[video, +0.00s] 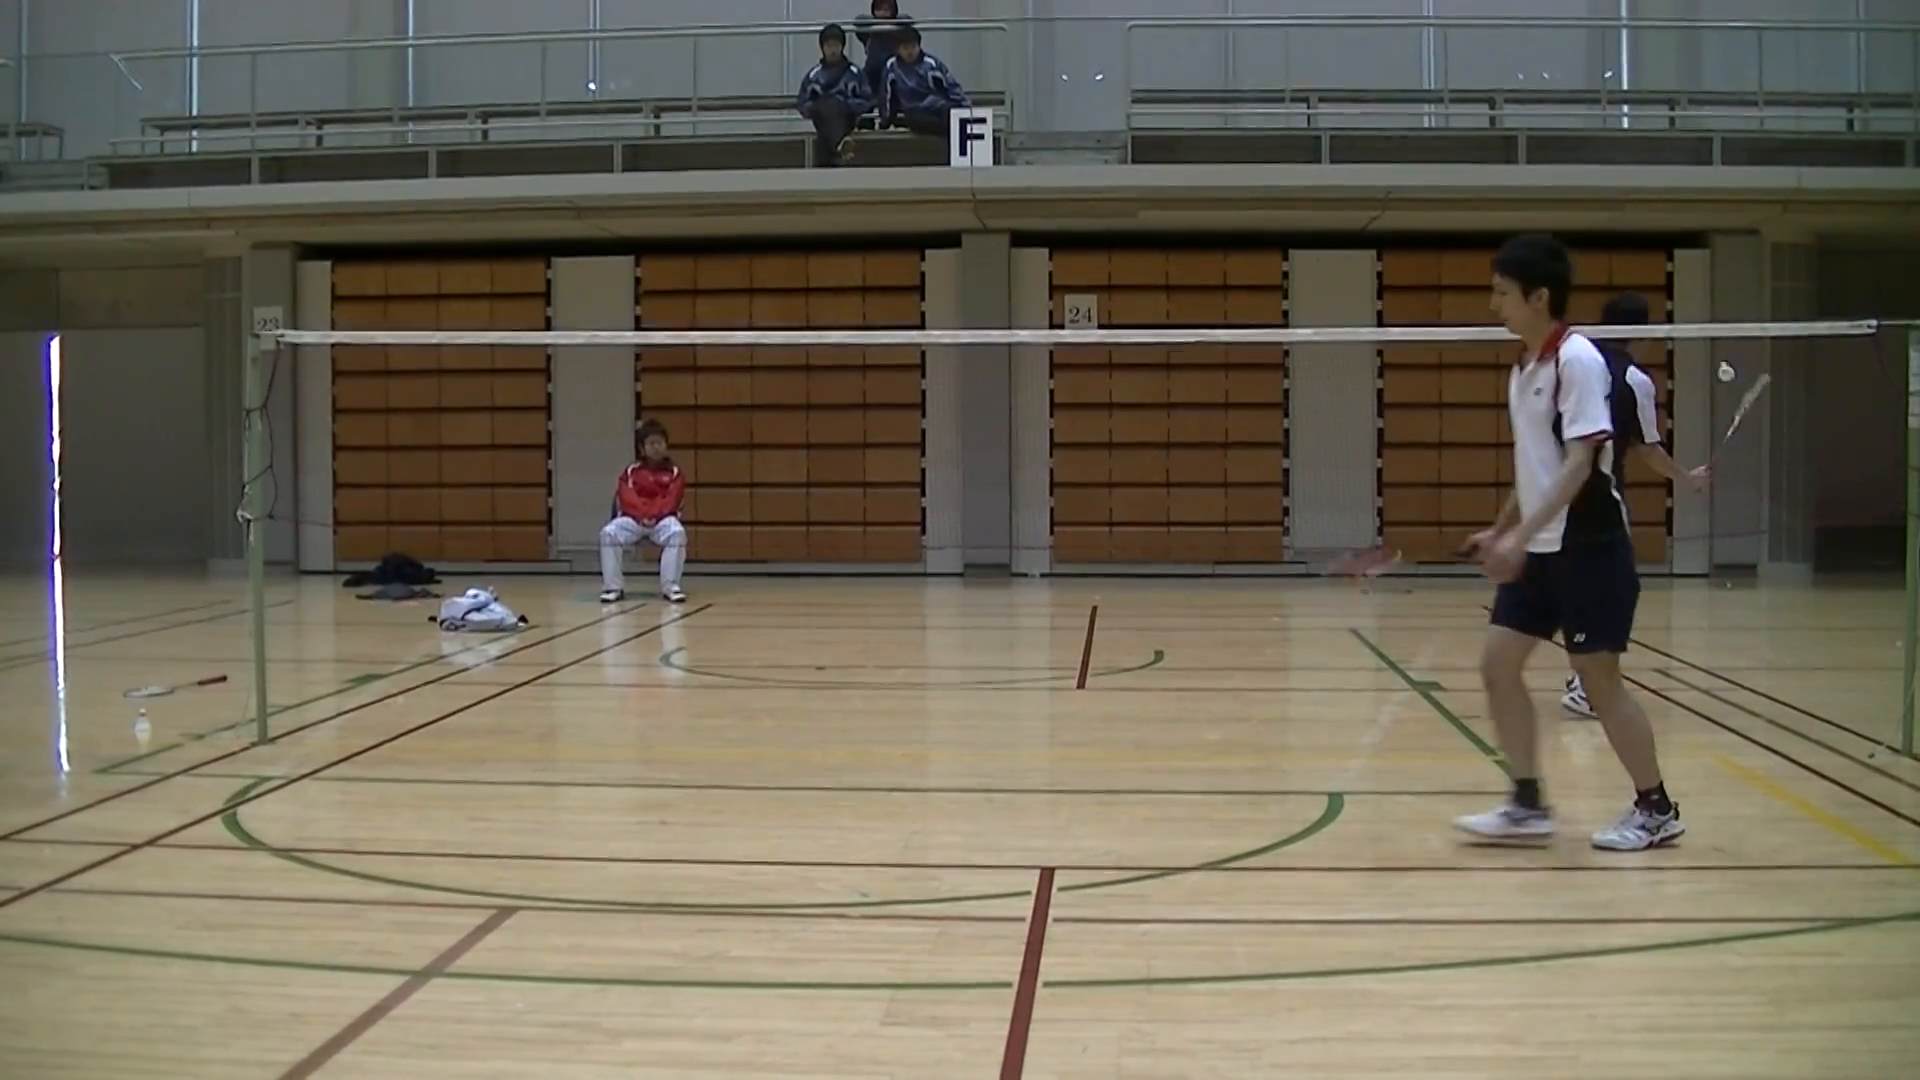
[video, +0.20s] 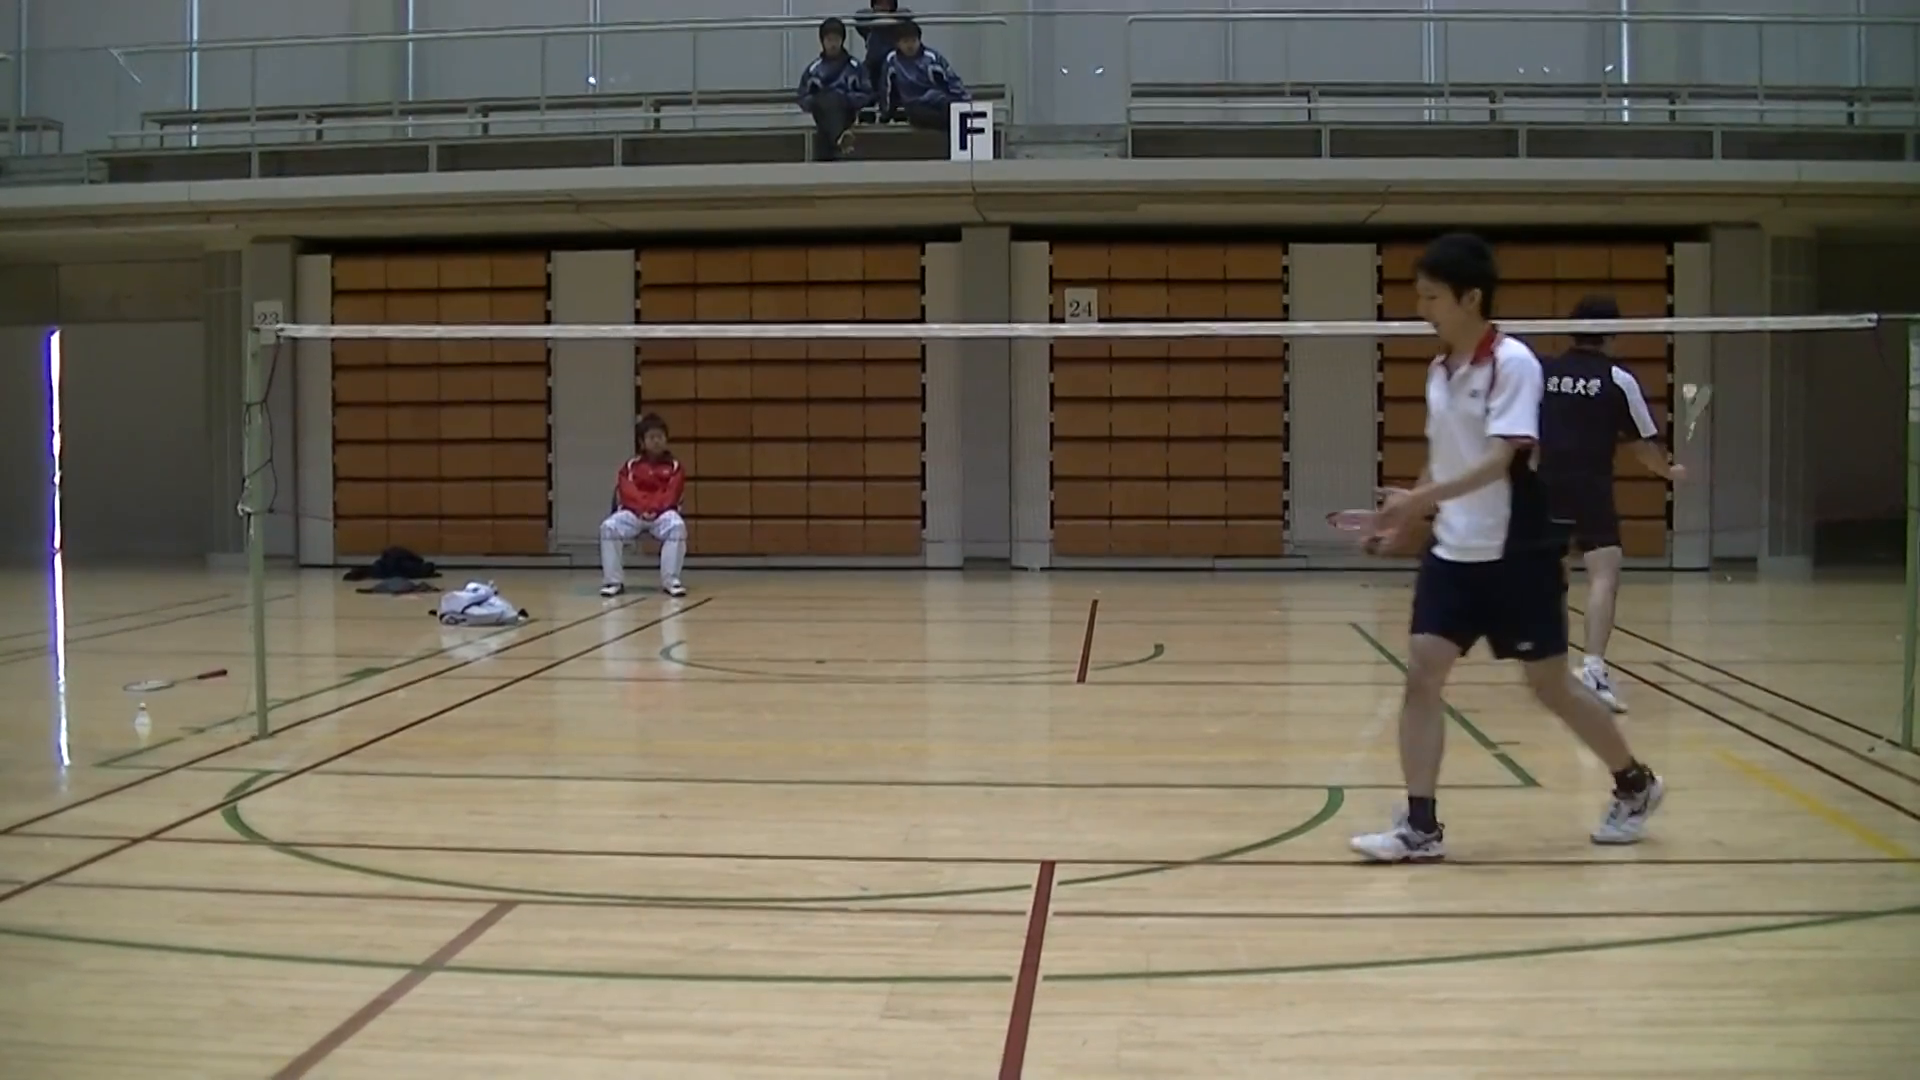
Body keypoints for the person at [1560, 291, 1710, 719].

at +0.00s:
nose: (1649, 338)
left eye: (1646, 331)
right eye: (1647, 331)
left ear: (1604, 325)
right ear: (1639, 334)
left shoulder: (1576, 364)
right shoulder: (1636, 380)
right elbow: (1646, 449)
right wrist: (1684, 475)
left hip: (1570, 493)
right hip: (1605, 496)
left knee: (1584, 583)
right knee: (1613, 584)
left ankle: (1582, 678)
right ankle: (1585, 682)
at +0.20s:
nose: (1614, 340)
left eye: (1611, 334)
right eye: (1613, 335)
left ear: (1573, 332)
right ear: (1609, 337)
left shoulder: (1545, 372)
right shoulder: (1618, 380)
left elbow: (1527, 434)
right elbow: (1644, 445)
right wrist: (1668, 471)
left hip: (1546, 488)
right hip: (1591, 490)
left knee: (1550, 576)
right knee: (1603, 576)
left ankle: (1543, 662)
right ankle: (1592, 668)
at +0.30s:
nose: (1605, 338)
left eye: (1602, 331)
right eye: (1602, 332)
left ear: (1561, 332)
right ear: (1594, 334)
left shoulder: (1534, 373)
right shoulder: (1606, 376)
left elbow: (1511, 427)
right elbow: (1629, 442)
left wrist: (1513, 473)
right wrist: (1648, 481)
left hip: (1540, 488)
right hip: (1585, 489)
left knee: (1551, 578)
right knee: (1603, 572)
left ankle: (1560, 668)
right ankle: (1596, 642)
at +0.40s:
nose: (1573, 260)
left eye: (1564, 250)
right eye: (1576, 252)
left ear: (1550, 256)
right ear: (1583, 256)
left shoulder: (1525, 300)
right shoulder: (1595, 297)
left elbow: (1504, 353)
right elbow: (1619, 356)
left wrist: (1502, 400)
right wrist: (1622, 404)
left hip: (1538, 414)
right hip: (1582, 414)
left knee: (1544, 505)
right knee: (1588, 493)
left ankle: (1556, 589)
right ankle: (1589, 565)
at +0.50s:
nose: (1573, 179)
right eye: (1573, 172)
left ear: (1537, 175)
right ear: (1573, 175)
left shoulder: (1518, 217)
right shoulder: (1590, 218)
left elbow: (1498, 278)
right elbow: (1603, 281)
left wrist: (1500, 317)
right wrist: (1610, 326)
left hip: (1530, 329)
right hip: (1574, 329)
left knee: (1542, 419)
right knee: (1573, 415)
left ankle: (1556, 506)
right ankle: (1575, 501)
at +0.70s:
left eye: (1521, 159)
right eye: (1545, 158)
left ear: (1517, 162)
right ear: (1551, 162)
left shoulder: (1502, 202)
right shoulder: (1572, 204)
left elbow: (1485, 267)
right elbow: (1589, 262)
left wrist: (1493, 278)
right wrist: (1595, 313)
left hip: (1518, 308)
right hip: (1558, 308)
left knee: (1526, 393)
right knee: (1548, 392)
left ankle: (1549, 463)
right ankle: (1539, 470)